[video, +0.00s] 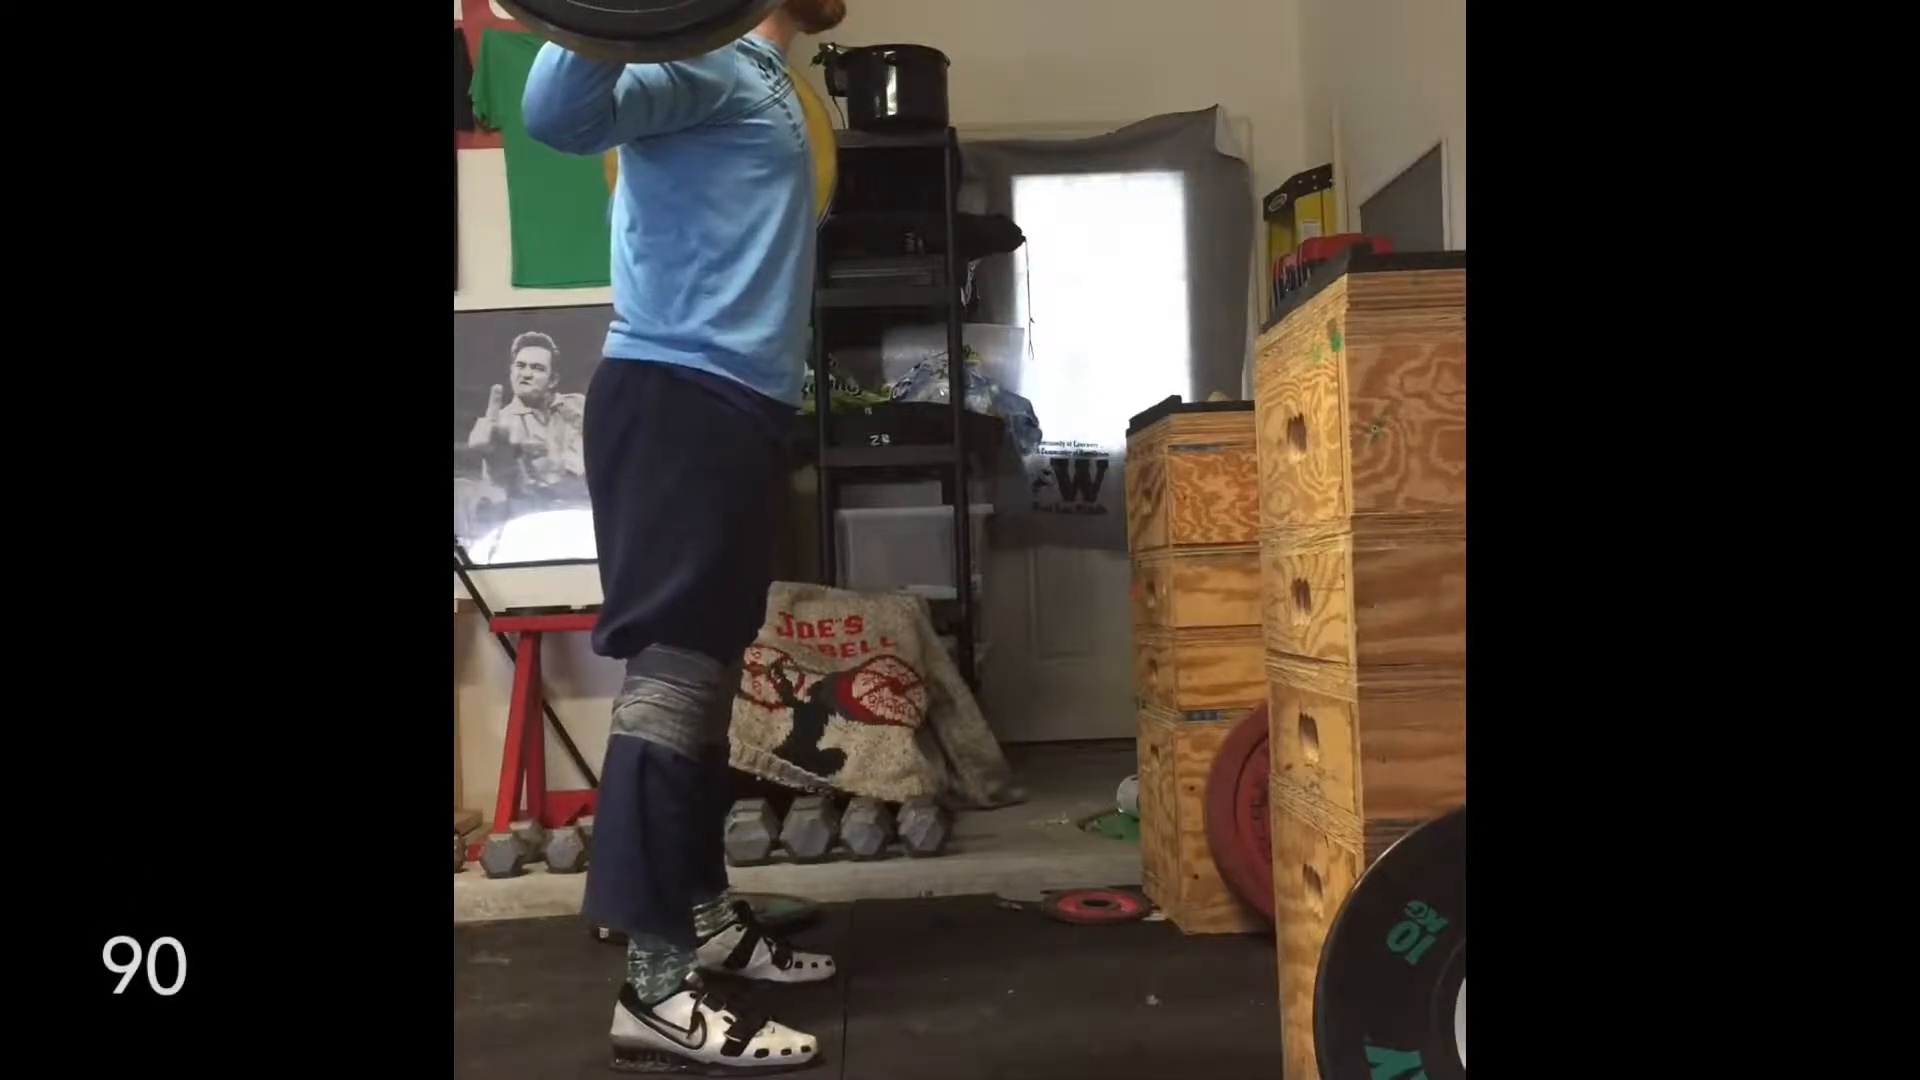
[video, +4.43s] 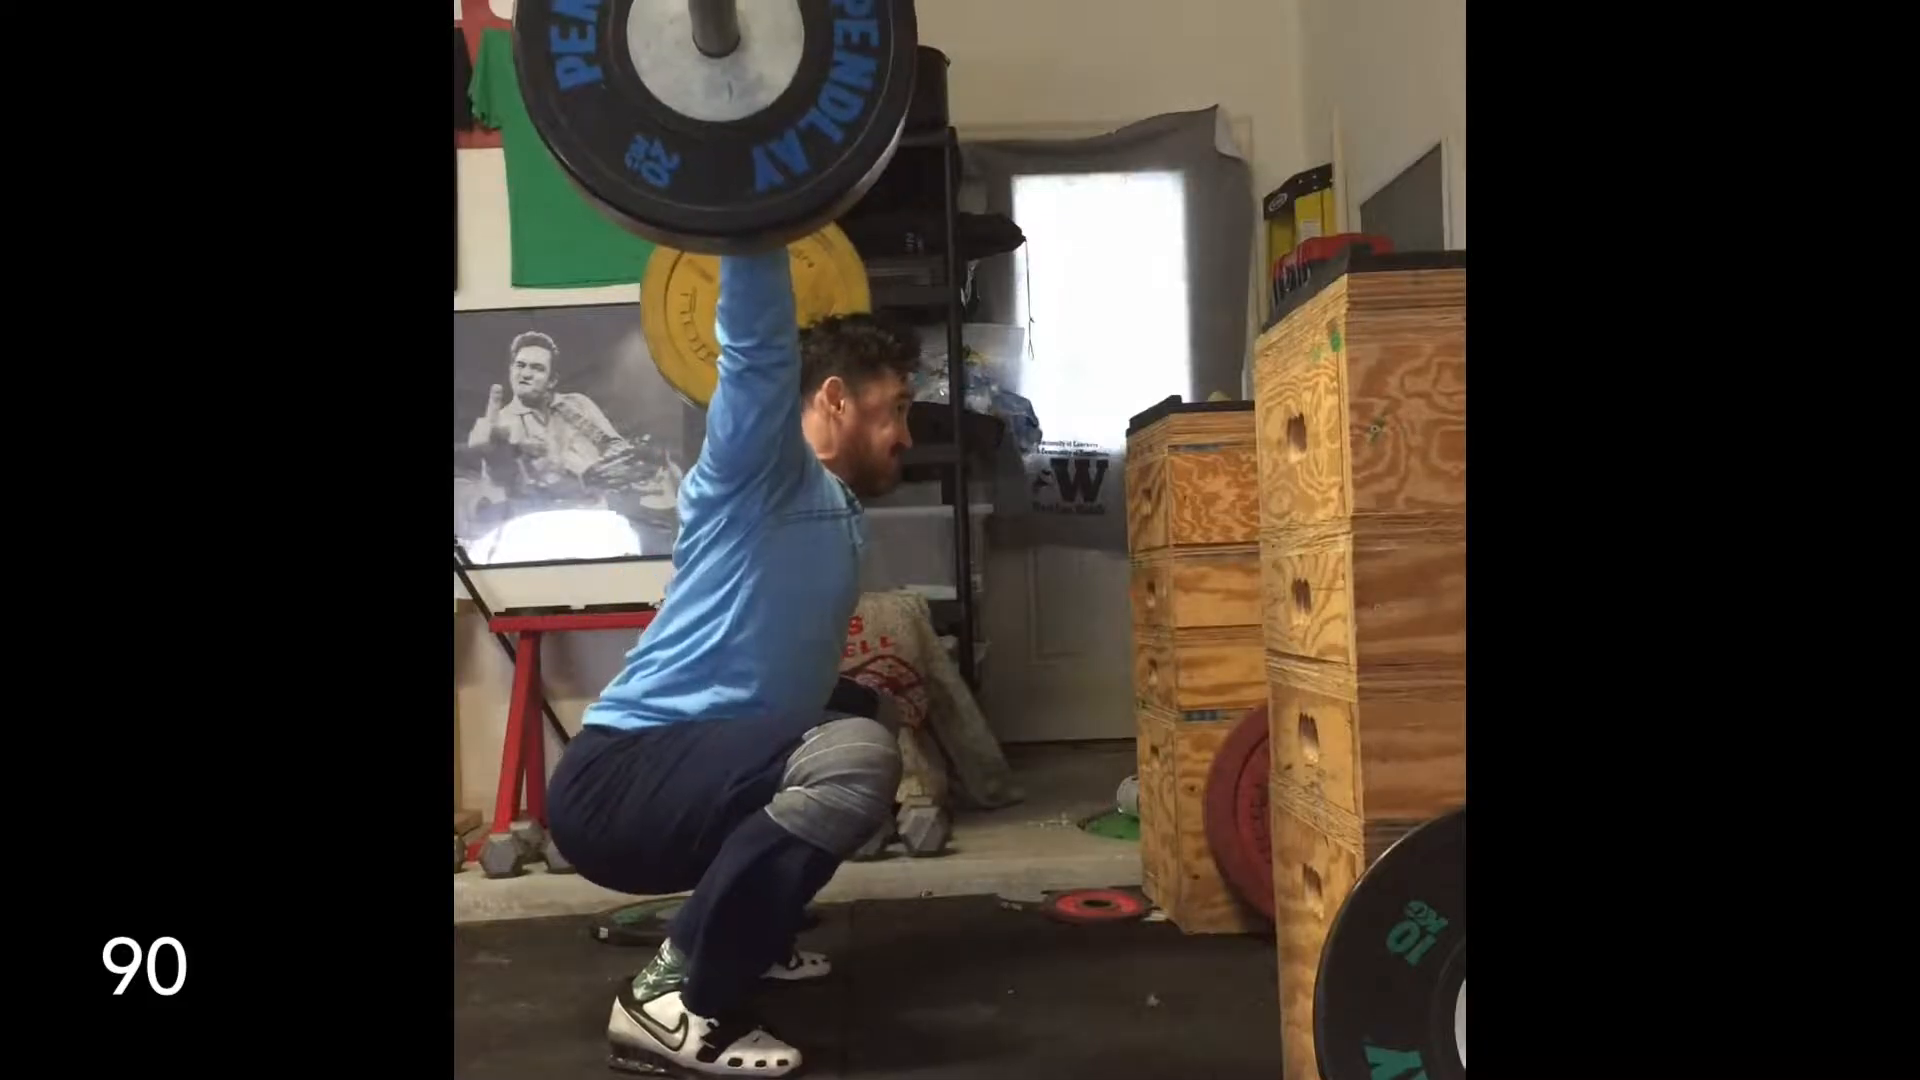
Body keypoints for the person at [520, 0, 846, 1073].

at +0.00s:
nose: (840, 7)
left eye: (839, 1)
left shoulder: (769, 79)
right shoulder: (703, 65)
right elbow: (555, 115)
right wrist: (611, 4)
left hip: (735, 406)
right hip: (680, 400)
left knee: (705, 673)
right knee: (676, 678)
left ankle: (701, 919)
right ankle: (656, 981)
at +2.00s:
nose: (848, 5)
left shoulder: (780, 80)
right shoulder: (716, 66)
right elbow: (566, 115)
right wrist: (620, 0)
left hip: (741, 407)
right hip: (686, 400)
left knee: (708, 674)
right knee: (677, 681)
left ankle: (701, 916)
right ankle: (657, 981)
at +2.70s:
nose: (861, 111)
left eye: (861, 91)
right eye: (845, 87)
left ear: (832, 111)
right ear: (787, 90)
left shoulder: (805, 208)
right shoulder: (727, 198)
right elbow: (580, 254)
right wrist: (651, 113)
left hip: (718, 499)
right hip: (663, 498)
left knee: (832, 691)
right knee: (836, 705)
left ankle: (732, 915)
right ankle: (669, 983)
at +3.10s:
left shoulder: (791, 66)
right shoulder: (727, 55)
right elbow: (609, 131)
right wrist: (640, 21)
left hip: (762, 393)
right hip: (701, 387)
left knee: (755, 658)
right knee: (746, 659)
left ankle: (705, 920)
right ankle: (659, 980)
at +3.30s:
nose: (878, 115)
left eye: (879, 94)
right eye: (866, 90)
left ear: (814, 89)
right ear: (805, 80)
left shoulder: (805, 196)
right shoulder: (733, 163)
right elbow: (678, 29)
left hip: (686, 488)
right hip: (631, 488)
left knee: (805, 684)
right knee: (799, 704)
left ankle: (713, 922)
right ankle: (664, 988)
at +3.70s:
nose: (877, 277)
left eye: (879, 257)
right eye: (867, 253)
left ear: (821, 247)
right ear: (804, 237)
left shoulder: (811, 348)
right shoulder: (734, 309)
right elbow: (727, 173)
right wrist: (717, 40)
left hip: (697, 613)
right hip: (614, 611)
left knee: (842, 703)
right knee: (827, 730)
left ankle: (739, 915)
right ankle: (665, 987)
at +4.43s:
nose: (905, 437)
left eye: (905, 417)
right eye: (892, 414)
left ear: (839, 409)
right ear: (832, 404)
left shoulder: (838, 513)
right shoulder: (756, 475)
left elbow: (772, 655)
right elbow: (756, 343)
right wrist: (737, 174)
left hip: (697, 760)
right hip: (615, 777)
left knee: (863, 712)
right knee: (851, 756)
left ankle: (749, 935)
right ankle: (674, 989)